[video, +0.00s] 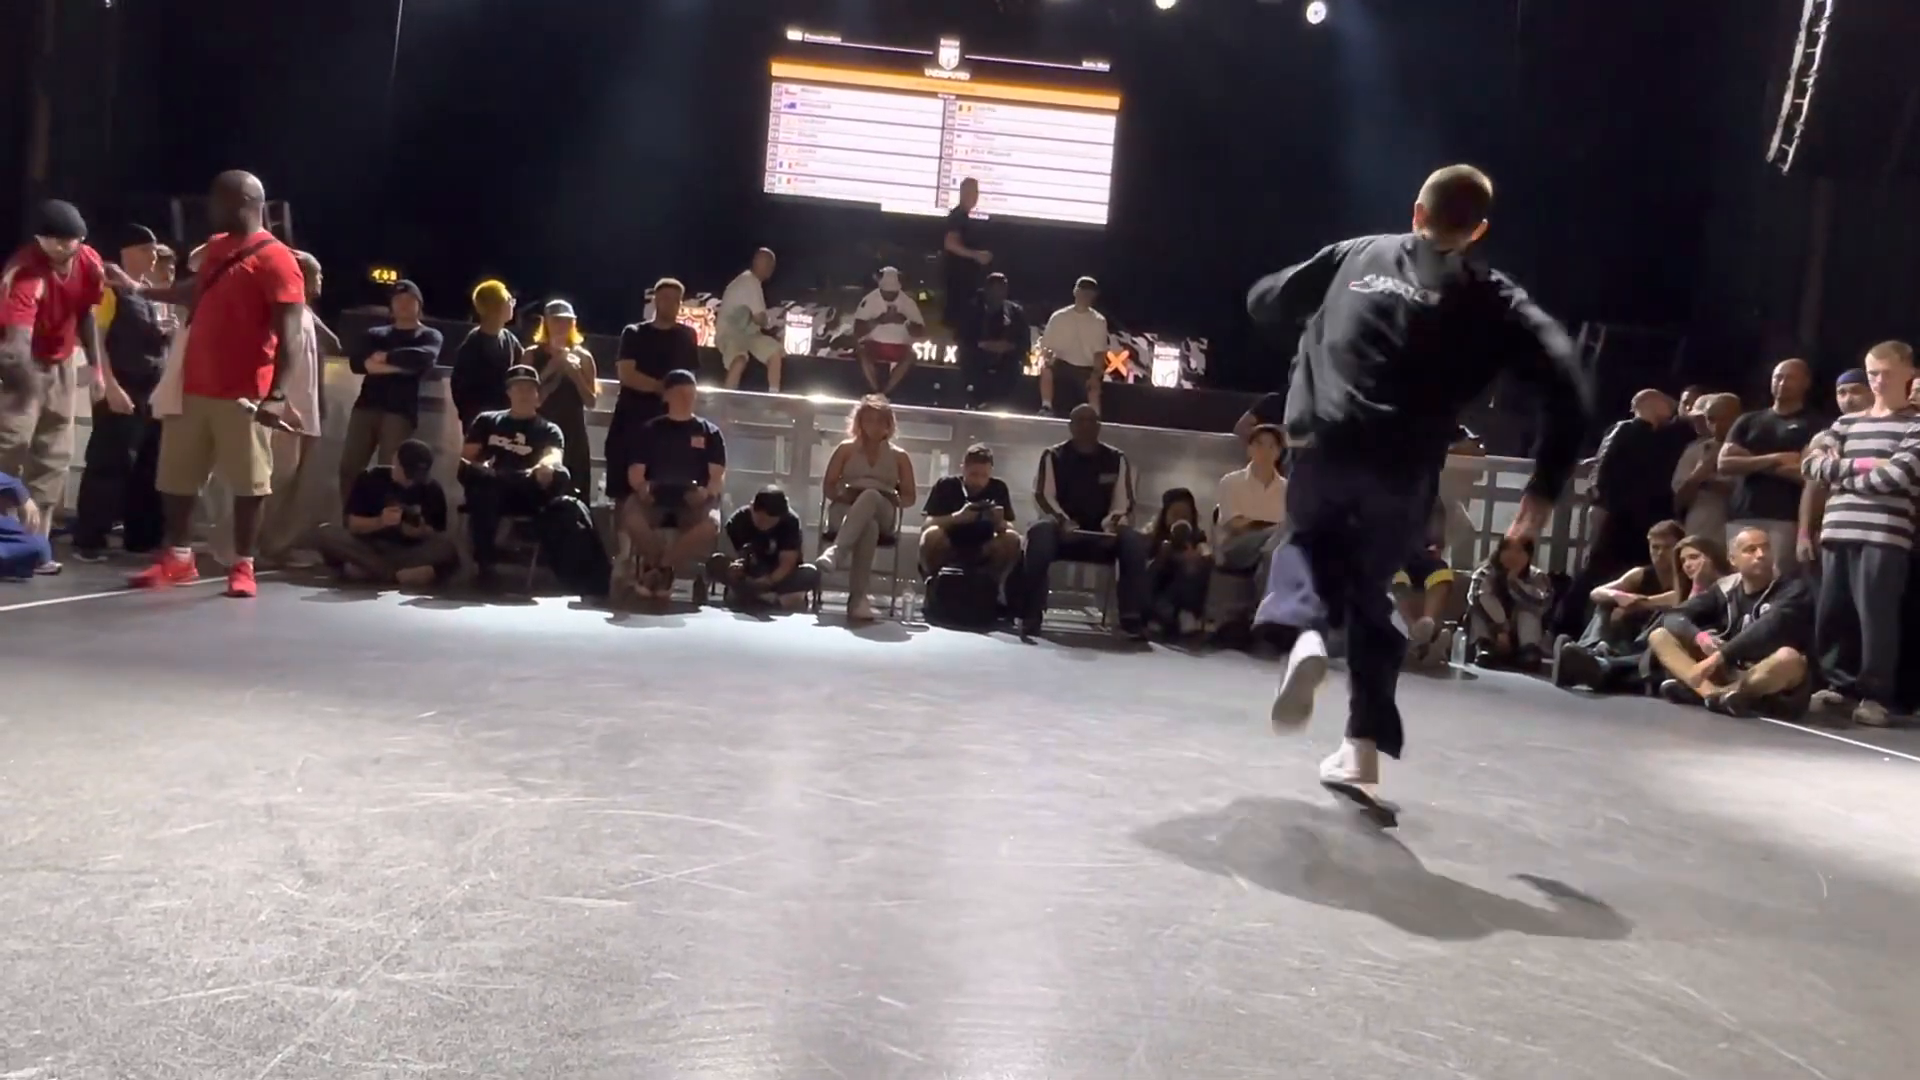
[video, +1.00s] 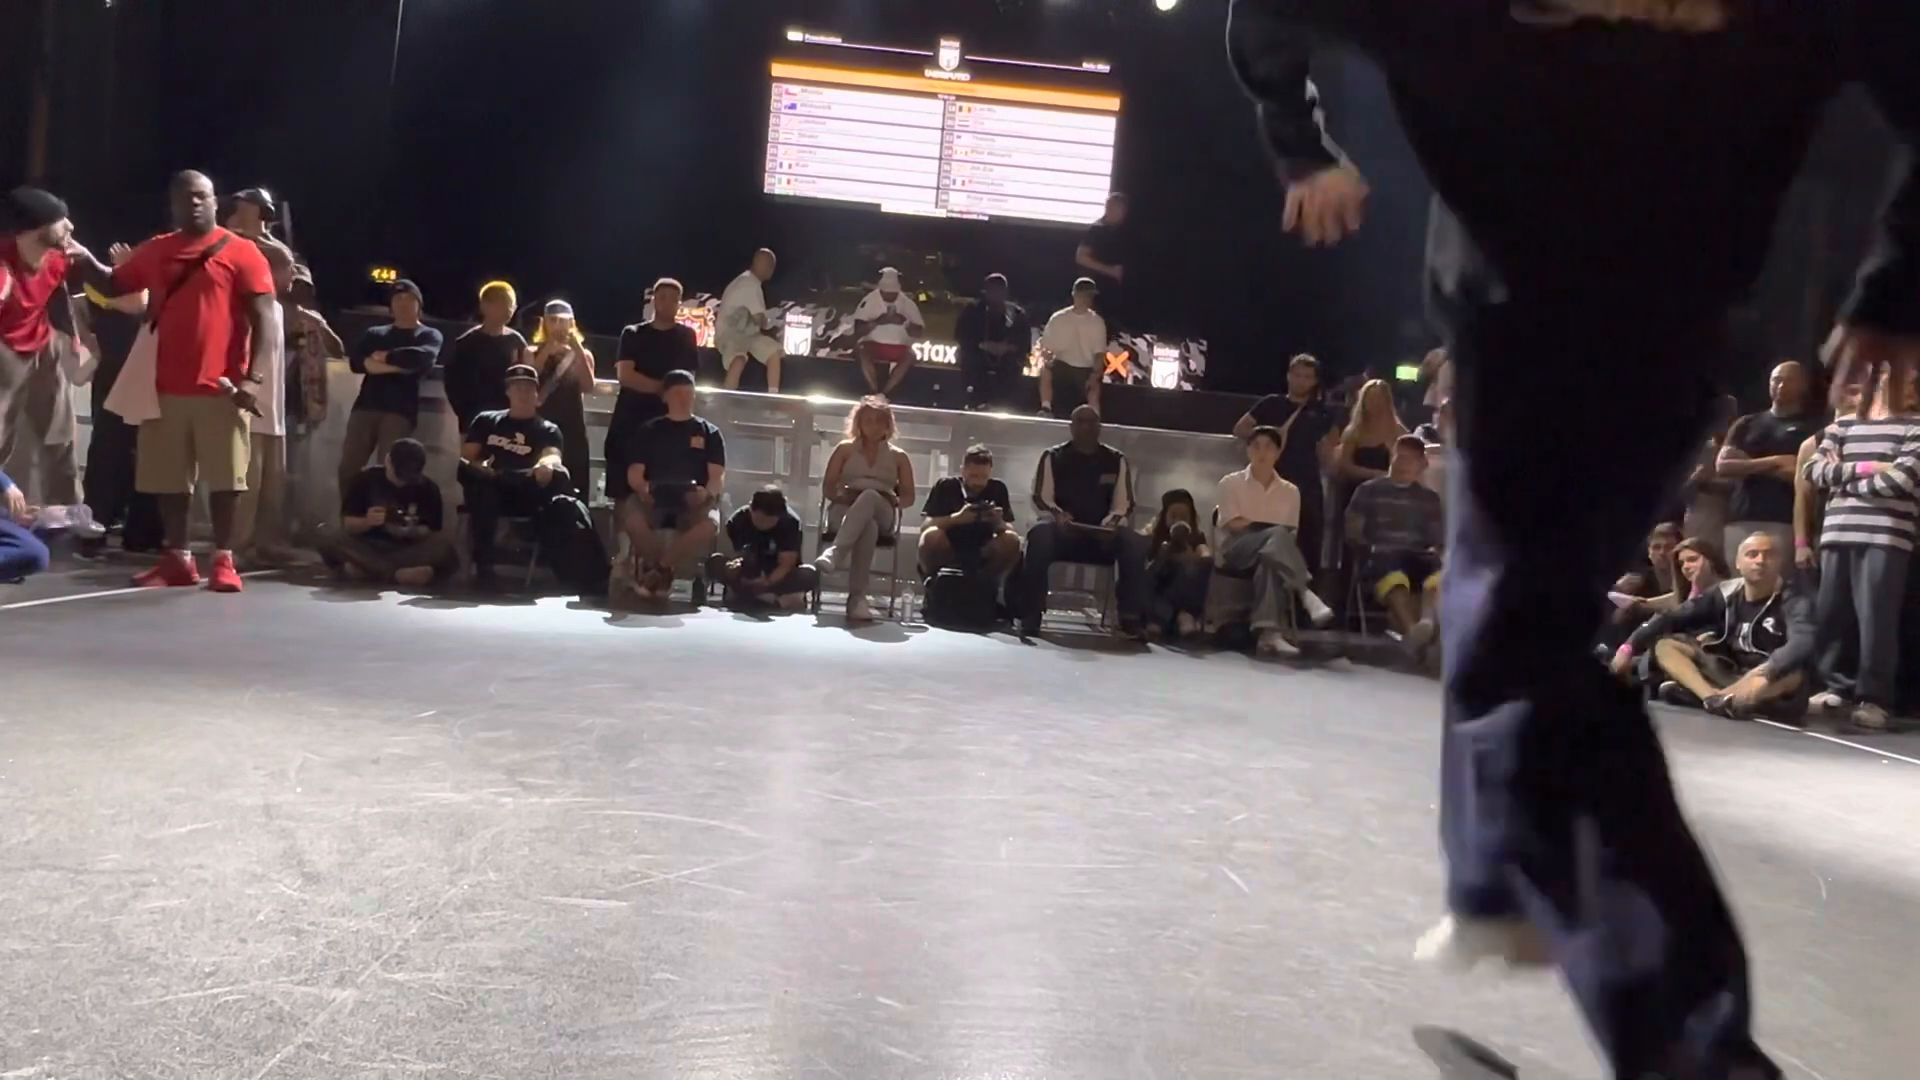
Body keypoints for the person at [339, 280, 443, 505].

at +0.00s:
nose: (403, 305)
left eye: (408, 300)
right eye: (398, 300)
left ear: (418, 305)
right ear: (392, 306)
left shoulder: (431, 335)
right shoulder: (376, 333)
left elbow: (423, 360)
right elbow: (357, 364)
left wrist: (384, 357)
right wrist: (401, 366)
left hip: (400, 410)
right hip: (367, 407)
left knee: (390, 471)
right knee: (350, 467)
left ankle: (386, 524)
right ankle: (351, 524)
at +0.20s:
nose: (403, 304)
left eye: (408, 299)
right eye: (398, 300)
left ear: (418, 304)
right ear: (391, 306)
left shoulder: (430, 335)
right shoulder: (375, 333)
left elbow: (423, 359)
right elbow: (357, 364)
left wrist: (384, 357)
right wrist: (400, 366)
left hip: (399, 411)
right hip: (367, 407)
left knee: (388, 471)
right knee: (349, 467)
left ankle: (383, 524)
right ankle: (349, 524)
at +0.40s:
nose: (402, 305)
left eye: (408, 300)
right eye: (398, 301)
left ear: (418, 305)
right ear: (391, 306)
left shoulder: (430, 335)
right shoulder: (374, 333)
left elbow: (423, 359)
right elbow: (356, 365)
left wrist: (384, 357)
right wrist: (399, 366)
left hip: (399, 413)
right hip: (365, 409)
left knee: (389, 474)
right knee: (349, 469)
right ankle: (350, 526)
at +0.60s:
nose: (403, 306)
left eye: (408, 301)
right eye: (398, 301)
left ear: (418, 305)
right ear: (391, 307)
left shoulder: (430, 335)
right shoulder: (373, 333)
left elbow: (424, 359)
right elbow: (356, 364)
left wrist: (384, 356)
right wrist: (398, 366)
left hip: (398, 412)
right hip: (365, 409)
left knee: (387, 473)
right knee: (348, 469)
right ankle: (348, 525)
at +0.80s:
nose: (403, 304)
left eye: (409, 300)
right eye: (399, 300)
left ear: (418, 305)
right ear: (391, 306)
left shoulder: (430, 335)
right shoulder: (374, 333)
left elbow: (424, 360)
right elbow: (356, 364)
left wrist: (384, 355)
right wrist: (398, 367)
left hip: (399, 413)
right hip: (365, 409)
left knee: (388, 474)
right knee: (348, 468)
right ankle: (349, 524)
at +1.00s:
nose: (403, 303)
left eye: (408, 299)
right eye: (398, 299)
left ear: (418, 305)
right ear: (391, 306)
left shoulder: (430, 335)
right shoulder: (375, 333)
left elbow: (422, 360)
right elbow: (356, 363)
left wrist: (383, 355)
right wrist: (398, 367)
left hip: (399, 413)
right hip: (366, 409)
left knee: (390, 473)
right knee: (348, 469)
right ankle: (349, 522)